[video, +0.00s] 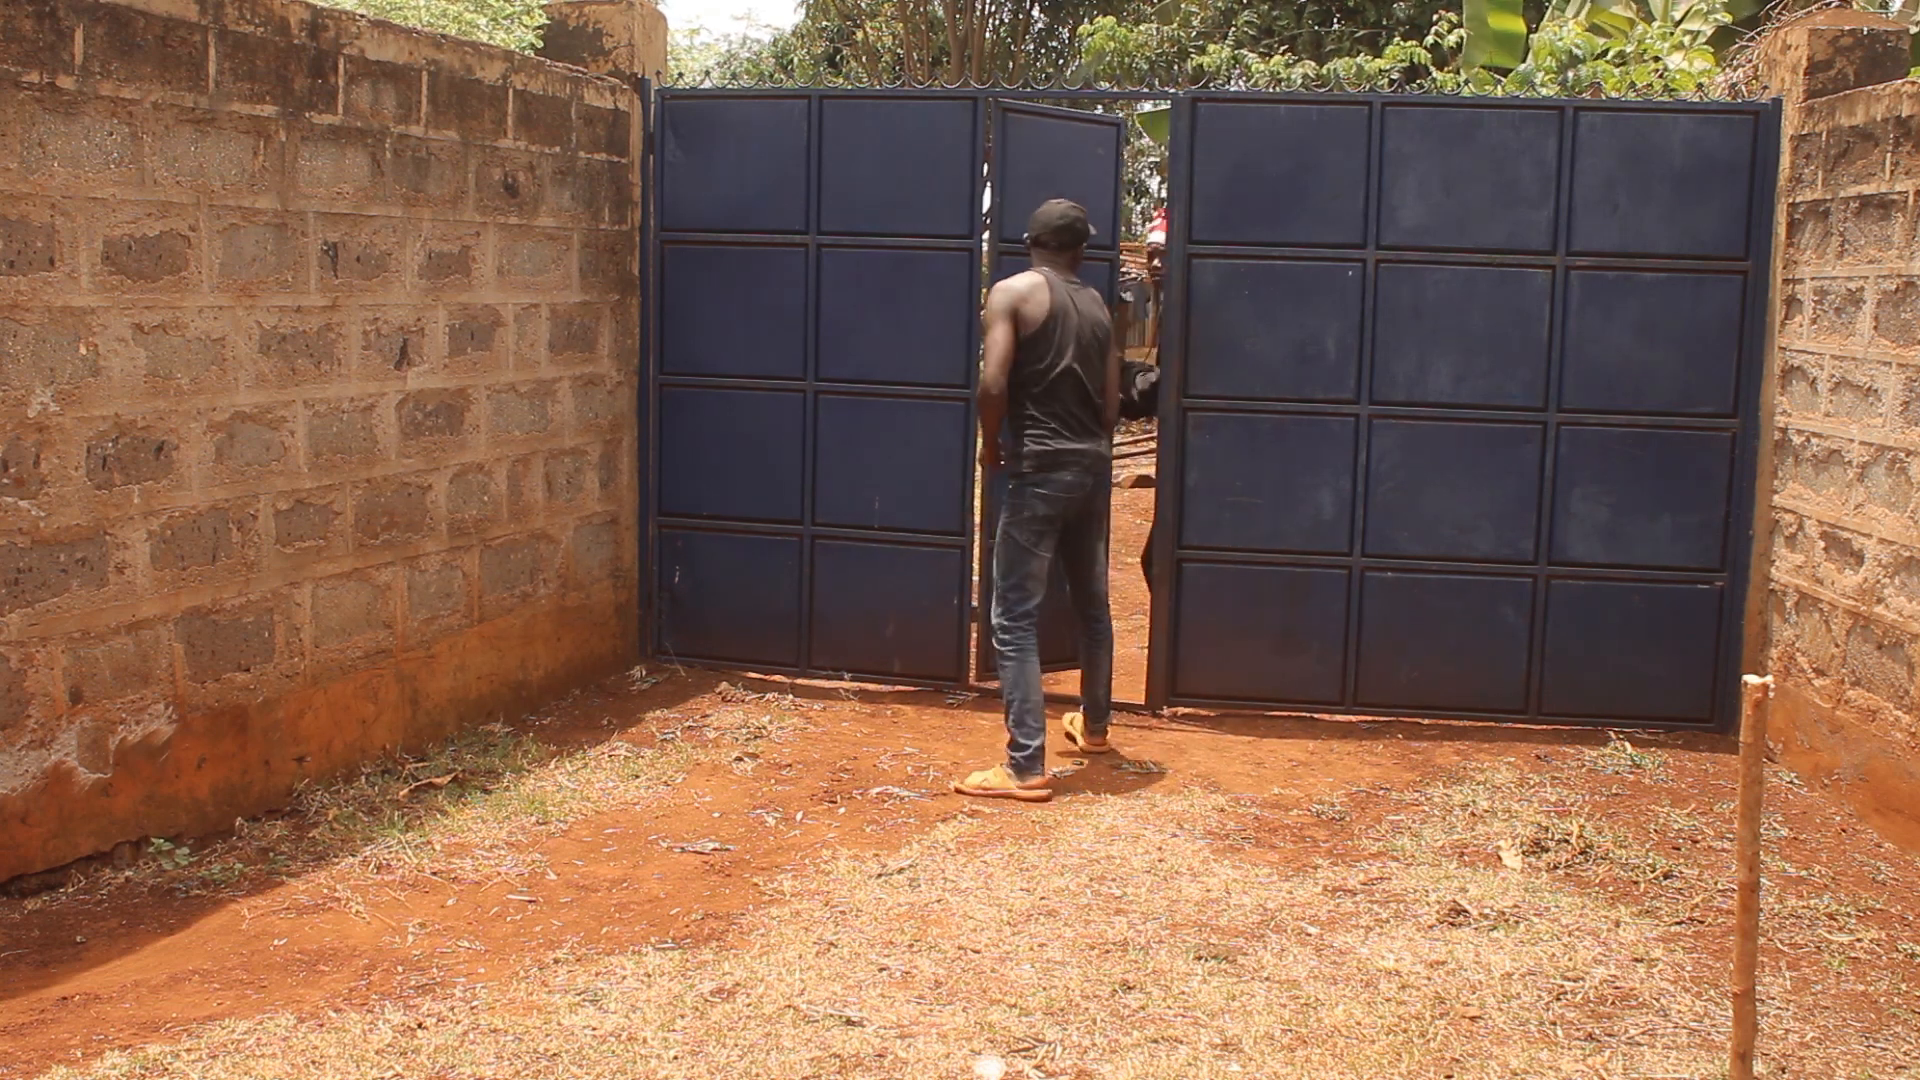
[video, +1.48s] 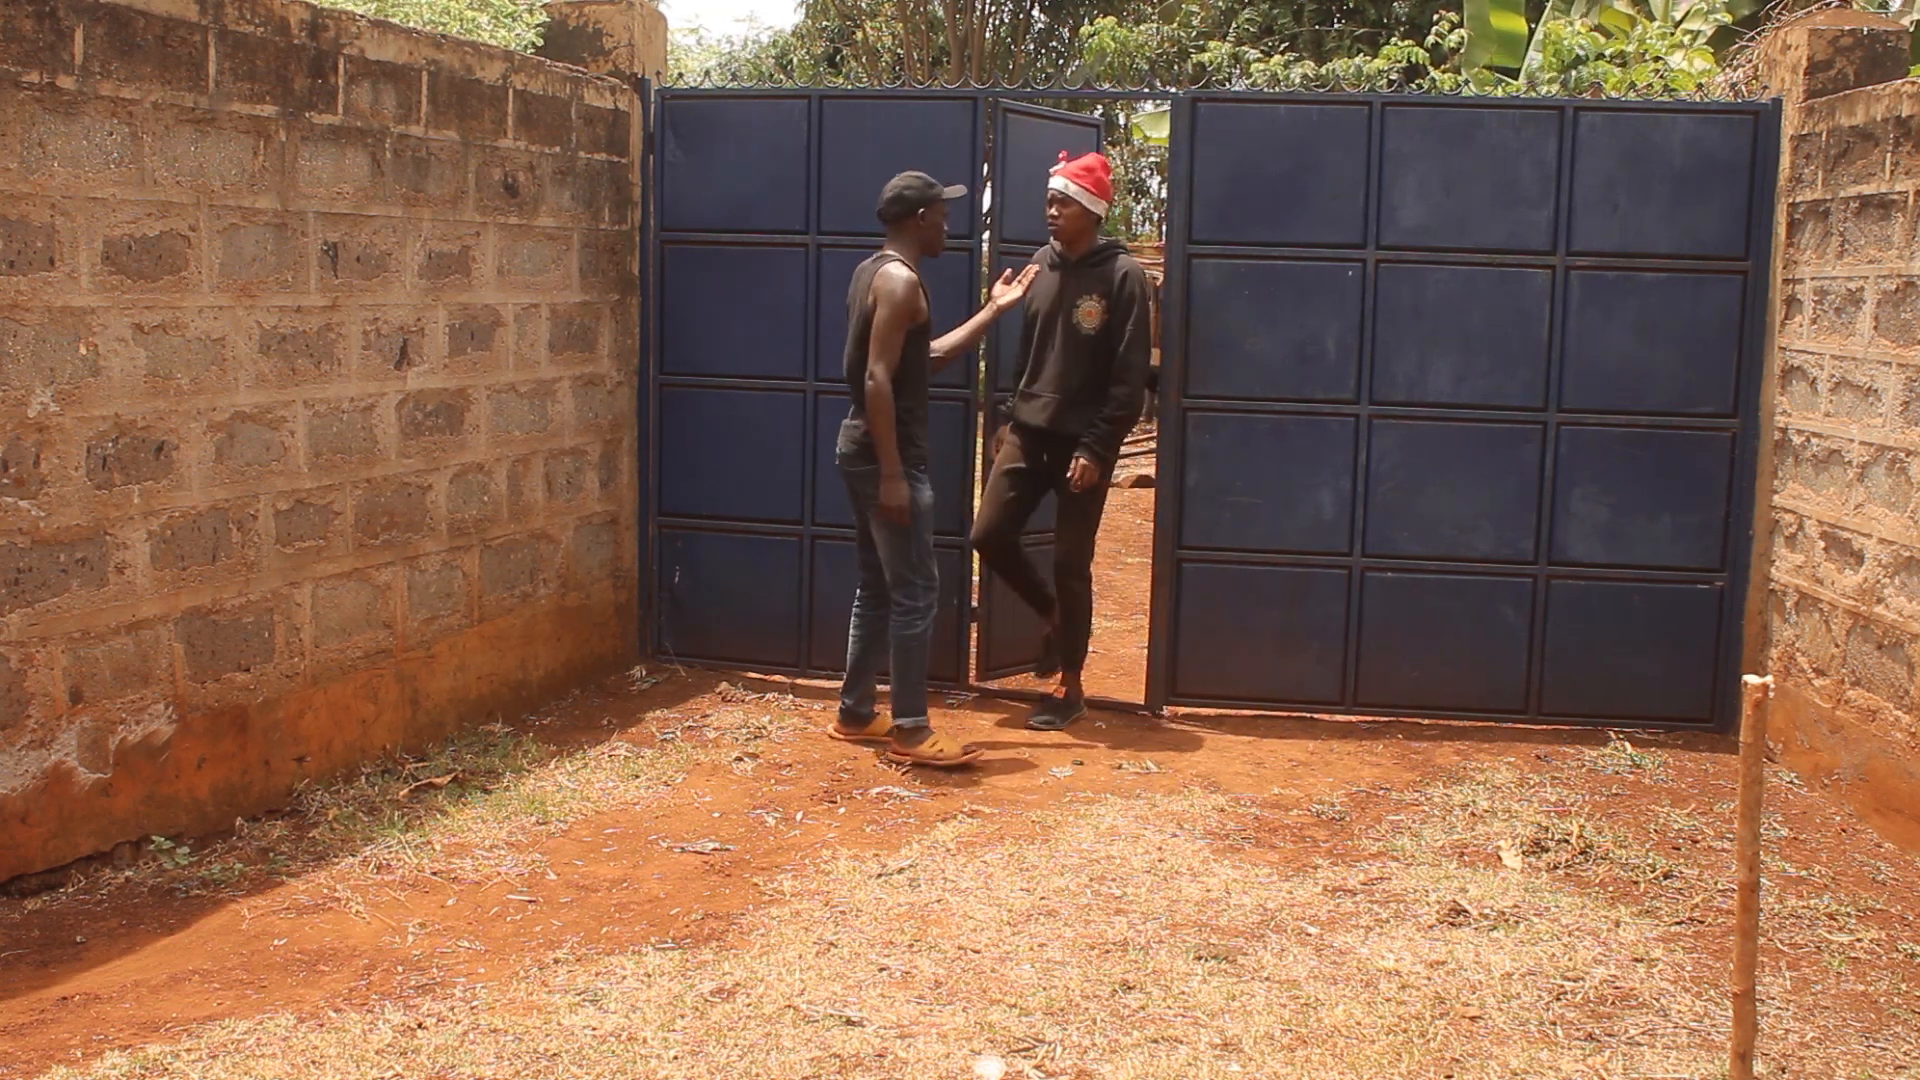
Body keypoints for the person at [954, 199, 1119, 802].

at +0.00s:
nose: (1027, 247)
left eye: (1028, 239)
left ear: (1032, 243)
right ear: (1081, 250)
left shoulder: (1009, 293)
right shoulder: (1098, 303)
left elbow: (992, 386)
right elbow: (1111, 400)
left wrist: (989, 446)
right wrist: (1092, 449)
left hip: (1036, 473)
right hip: (1093, 472)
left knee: (1015, 618)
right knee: (1093, 608)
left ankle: (1026, 766)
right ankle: (1095, 727)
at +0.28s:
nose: (969, 234)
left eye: (970, 226)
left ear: (976, 230)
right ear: (1028, 232)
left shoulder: (958, 289)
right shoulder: (1059, 294)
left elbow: (945, 396)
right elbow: (1092, 388)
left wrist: (981, 428)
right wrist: (1095, 473)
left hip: (1009, 468)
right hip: (1062, 464)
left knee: (1010, 617)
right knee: (1020, 603)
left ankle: (1027, 763)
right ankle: (1028, 731)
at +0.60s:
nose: (949, 229)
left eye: (948, 220)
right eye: (995, 222)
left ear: (948, 226)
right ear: (1002, 227)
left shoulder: (919, 284)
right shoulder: (1031, 296)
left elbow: (940, 332)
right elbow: (1042, 392)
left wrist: (974, 268)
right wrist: (1054, 491)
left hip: (946, 472)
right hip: (1006, 472)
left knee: (946, 610)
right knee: (962, 609)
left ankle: (1006, 746)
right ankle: (935, 737)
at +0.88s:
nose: (993, 227)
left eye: (990, 218)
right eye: (992, 219)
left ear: (934, 222)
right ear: (982, 224)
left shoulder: (899, 274)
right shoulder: (996, 291)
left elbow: (931, 321)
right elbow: (987, 392)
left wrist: (994, 291)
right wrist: (1006, 474)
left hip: (899, 451)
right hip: (958, 460)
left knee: (904, 577)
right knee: (951, 601)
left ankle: (861, 703)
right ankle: (934, 741)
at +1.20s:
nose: (969, 229)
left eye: (968, 220)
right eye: (968, 220)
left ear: (912, 221)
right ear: (952, 223)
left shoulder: (883, 273)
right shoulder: (939, 283)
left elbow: (932, 356)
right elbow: (930, 386)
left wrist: (994, 309)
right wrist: (966, 474)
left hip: (867, 450)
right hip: (912, 461)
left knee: (884, 586)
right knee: (934, 600)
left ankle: (856, 710)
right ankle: (931, 735)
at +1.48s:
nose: (949, 223)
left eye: (945, 214)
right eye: (942, 214)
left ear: (905, 221)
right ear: (919, 219)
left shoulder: (875, 273)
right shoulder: (899, 282)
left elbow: (926, 355)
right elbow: (877, 377)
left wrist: (991, 308)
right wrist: (891, 471)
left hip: (865, 446)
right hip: (889, 453)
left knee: (876, 586)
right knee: (916, 590)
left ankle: (855, 711)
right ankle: (911, 730)